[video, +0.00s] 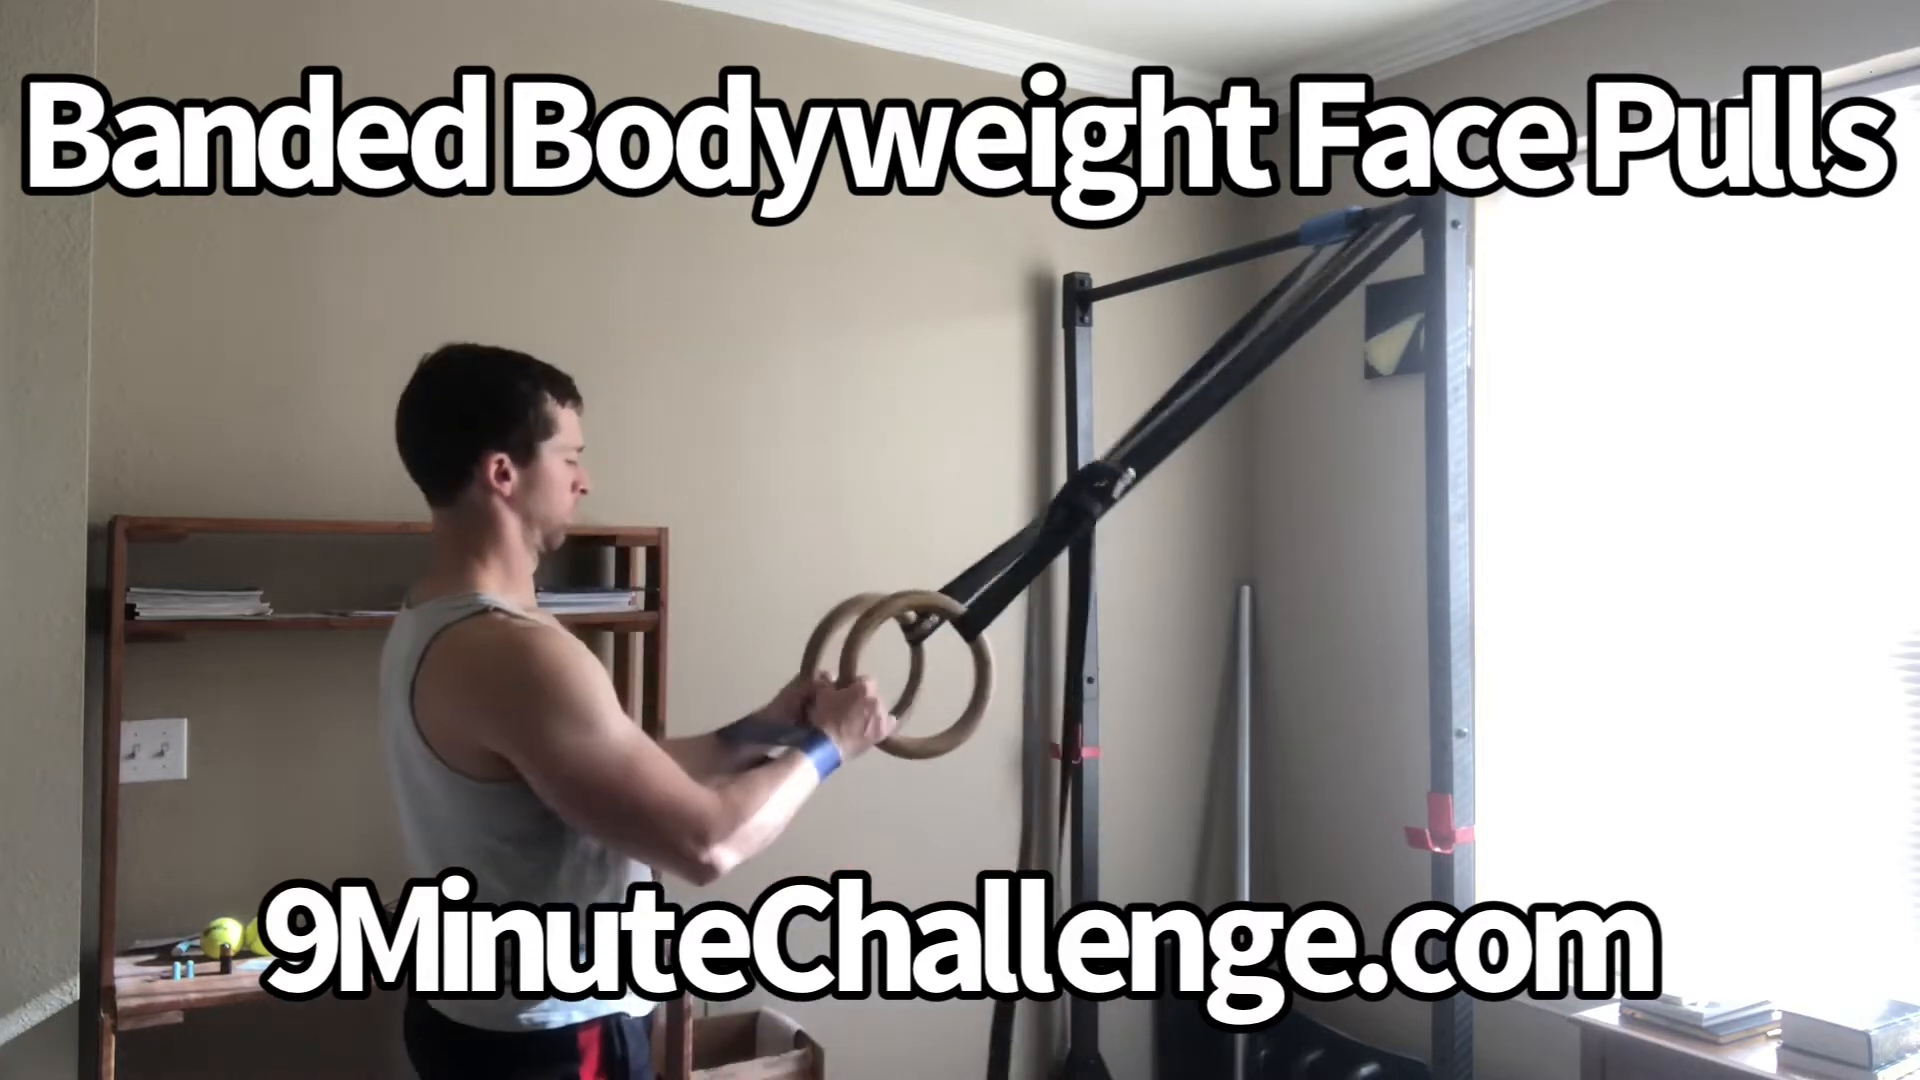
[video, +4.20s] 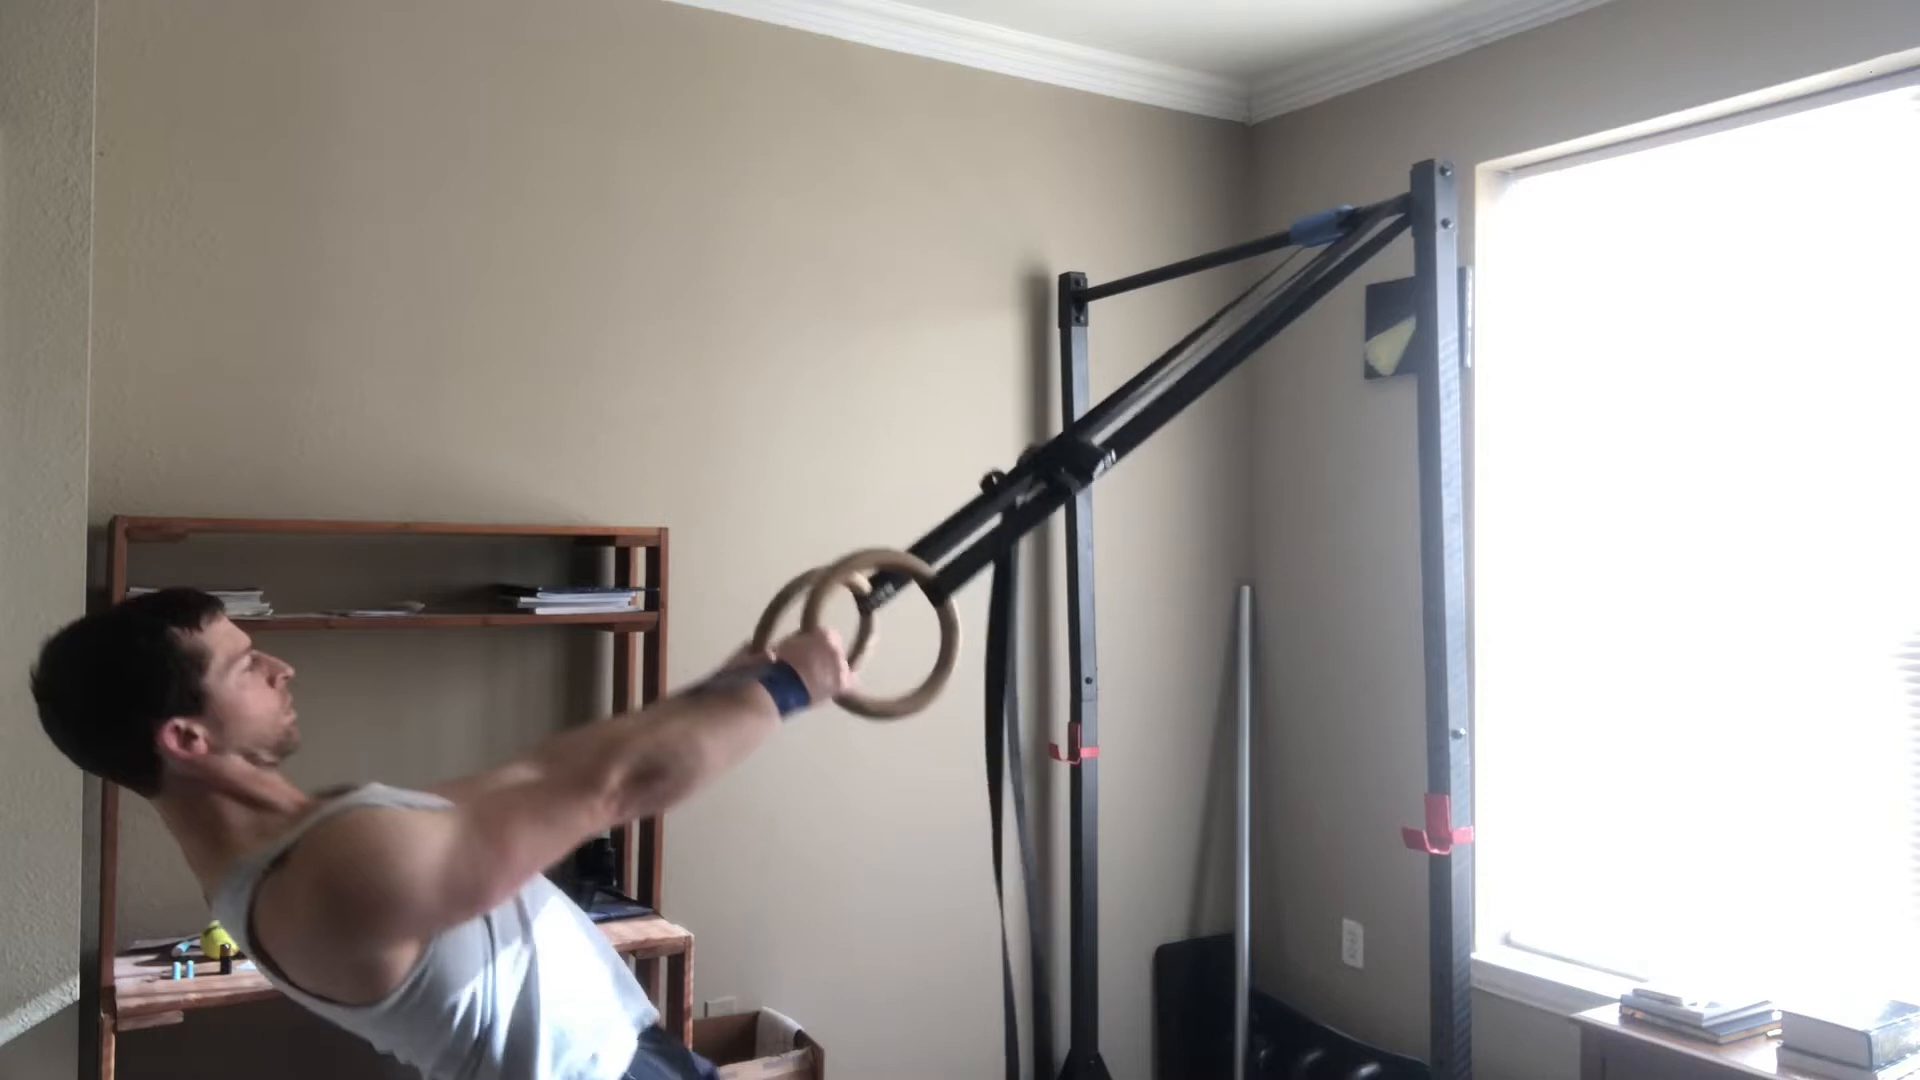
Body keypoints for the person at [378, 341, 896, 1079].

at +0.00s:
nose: (584, 482)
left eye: (580, 457)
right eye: (571, 458)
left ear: (498, 476)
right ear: (502, 474)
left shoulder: (437, 624)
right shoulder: (520, 659)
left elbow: (615, 774)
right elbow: (707, 844)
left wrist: (766, 729)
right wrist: (824, 749)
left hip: (477, 1022)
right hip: (548, 1043)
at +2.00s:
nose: (618, 486)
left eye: (614, 464)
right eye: (602, 462)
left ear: (530, 477)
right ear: (533, 472)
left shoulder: (469, 615)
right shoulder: (543, 642)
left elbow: (642, 777)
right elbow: (693, 830)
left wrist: (760, 691)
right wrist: (821, 703)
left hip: (493, 1012)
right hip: (560, 1032)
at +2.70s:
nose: (518, 512)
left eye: (518, 486)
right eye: (506, 484)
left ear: (429, 489)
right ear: (432, 487)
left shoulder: (360, 641)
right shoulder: (448, 667)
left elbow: (577, 754)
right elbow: (677, 807)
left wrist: (727, 681)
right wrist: (816, 698)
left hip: (448, 1028)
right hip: (528, 1043)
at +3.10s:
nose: (435, 520)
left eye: (426, 491)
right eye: (415, 493)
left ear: (333, 527)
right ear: (336, 523)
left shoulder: (303, 675)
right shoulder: (367, 700)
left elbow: (536, 740)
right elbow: (627, 776)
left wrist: (704, 681)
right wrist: (788, 686)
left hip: (430, 1043)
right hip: (505, 1051)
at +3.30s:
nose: (374, 539)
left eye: (359, 515)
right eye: (346, 521)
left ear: (270, 565)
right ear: (270, 563)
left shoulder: (289, 718)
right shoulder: (337, 739)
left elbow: (548, 732)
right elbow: (613, 762)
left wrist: (712, 658)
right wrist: (780, 662)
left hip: (462, 1055)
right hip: (525, 1061)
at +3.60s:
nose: (290, 588)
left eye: (268, 563)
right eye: (254, 572)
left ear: (182, 636)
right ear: (181, 631)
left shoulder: (233, 768)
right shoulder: (292, 792)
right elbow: (578, 727)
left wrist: (714, 647)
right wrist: (760, 632)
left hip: (524, 1048)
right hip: (544, 1064)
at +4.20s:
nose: (284, 673)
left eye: (261, 654)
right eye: (251, 668)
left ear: (190, 747)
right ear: (188, 740)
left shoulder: (304, 839)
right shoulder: (341, 871)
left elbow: (542, 779)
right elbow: (617, 784)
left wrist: (741, 684)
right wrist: (791, 680)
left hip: (624, 1048)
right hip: (619, 1069)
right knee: (798, 1045)